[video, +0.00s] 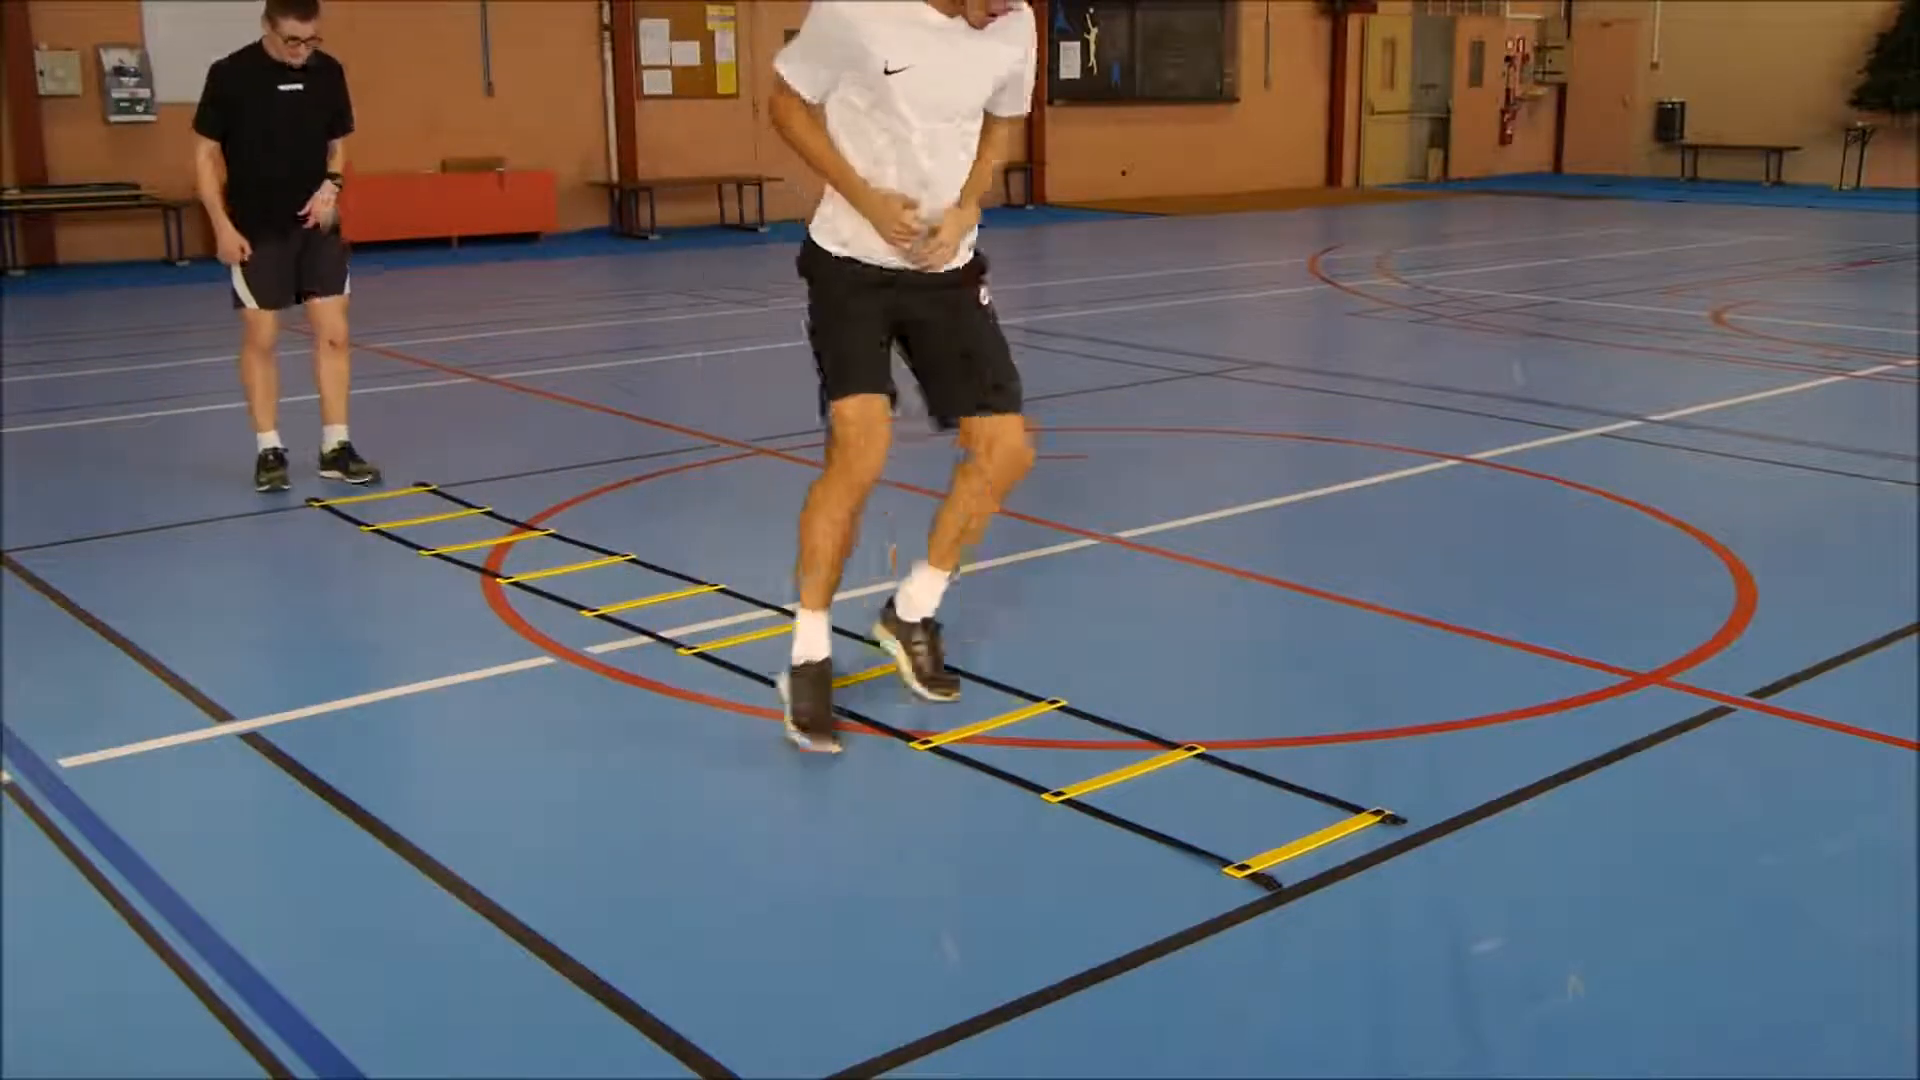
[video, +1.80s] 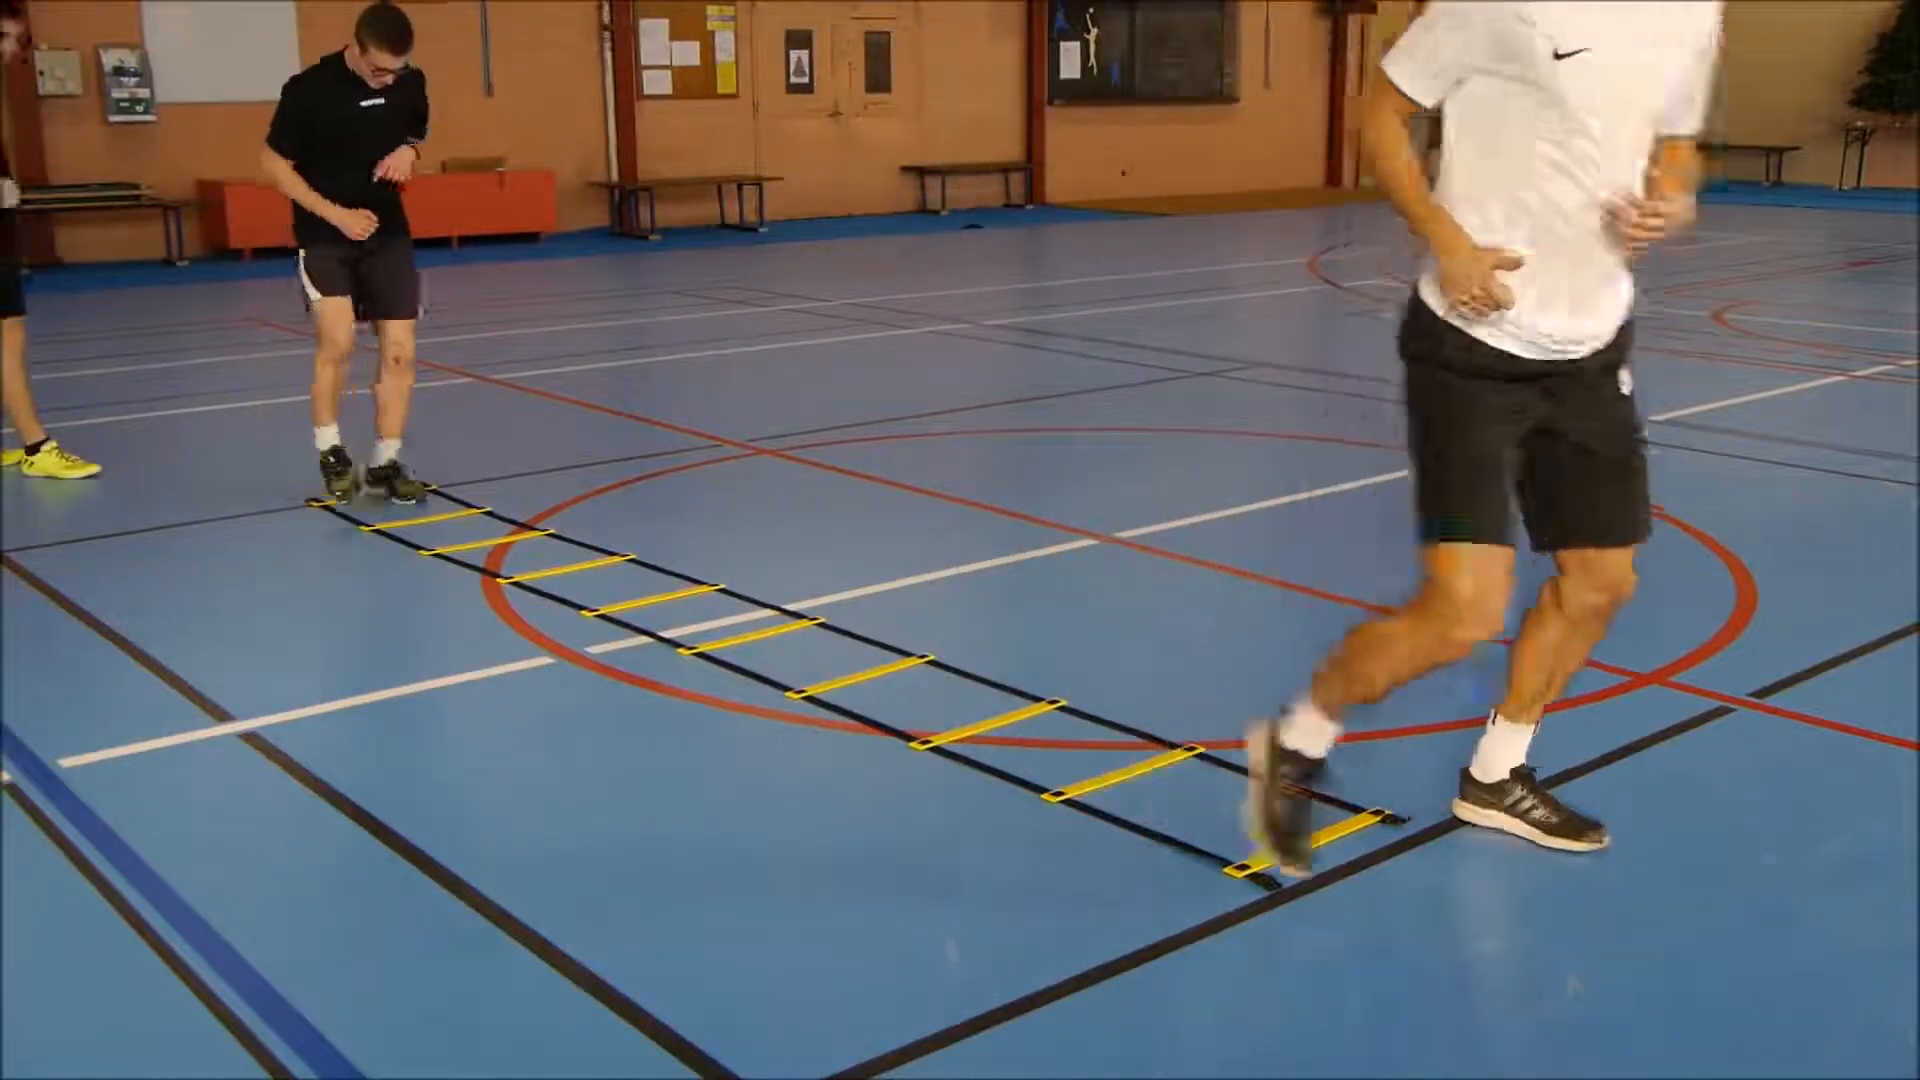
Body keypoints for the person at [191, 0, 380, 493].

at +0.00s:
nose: (302, 51)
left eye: (311, 41)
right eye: (292, 42)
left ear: (320, 28)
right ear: (267, 29)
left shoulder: (327, 71)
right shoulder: (229, 74)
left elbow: (338, 141)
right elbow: (206, 156)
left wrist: (332, 185)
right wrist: (222, 226)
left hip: (318, 224)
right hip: (257, 230)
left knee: (334, 335)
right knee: (262, 341)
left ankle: (336, 448)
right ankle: (269, 450)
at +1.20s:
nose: (336, 84)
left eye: (343, 77)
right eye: (327, 76)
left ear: (353, 63)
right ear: (304, 54)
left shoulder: (353, 87)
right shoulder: (264, 92)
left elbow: (352, 138)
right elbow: (231, 168)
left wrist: (353, 154)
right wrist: (292, 224)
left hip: (333, 228)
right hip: (271, 237)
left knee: (354, 335)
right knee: (270, 344)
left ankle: (337, 441)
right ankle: (270, 447)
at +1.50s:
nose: (368, 77)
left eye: (376, 68)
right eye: (360, 68)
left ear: (385, 55)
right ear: (336, 48)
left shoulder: (387, 83)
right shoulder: (286, 81)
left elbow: (390, 140)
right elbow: (242, 141)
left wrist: (381, 148)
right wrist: (292, 197)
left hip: (357, 222)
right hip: (301, 225)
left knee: (364, 340)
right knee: (337, 326)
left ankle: (335, 432)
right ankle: (346, 442)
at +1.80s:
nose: (388, 78)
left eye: (396, 70)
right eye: (379, 69)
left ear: (406, 54)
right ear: (354, 47)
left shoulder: (409, 84)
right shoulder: (308, 89)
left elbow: (415, 134)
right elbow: (272, 165)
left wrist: (407, 151)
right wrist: (335, 214)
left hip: (387, 231)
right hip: (324, 236)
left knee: (400, 350)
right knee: (337, 342)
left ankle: (386, 462)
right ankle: (330, 452)